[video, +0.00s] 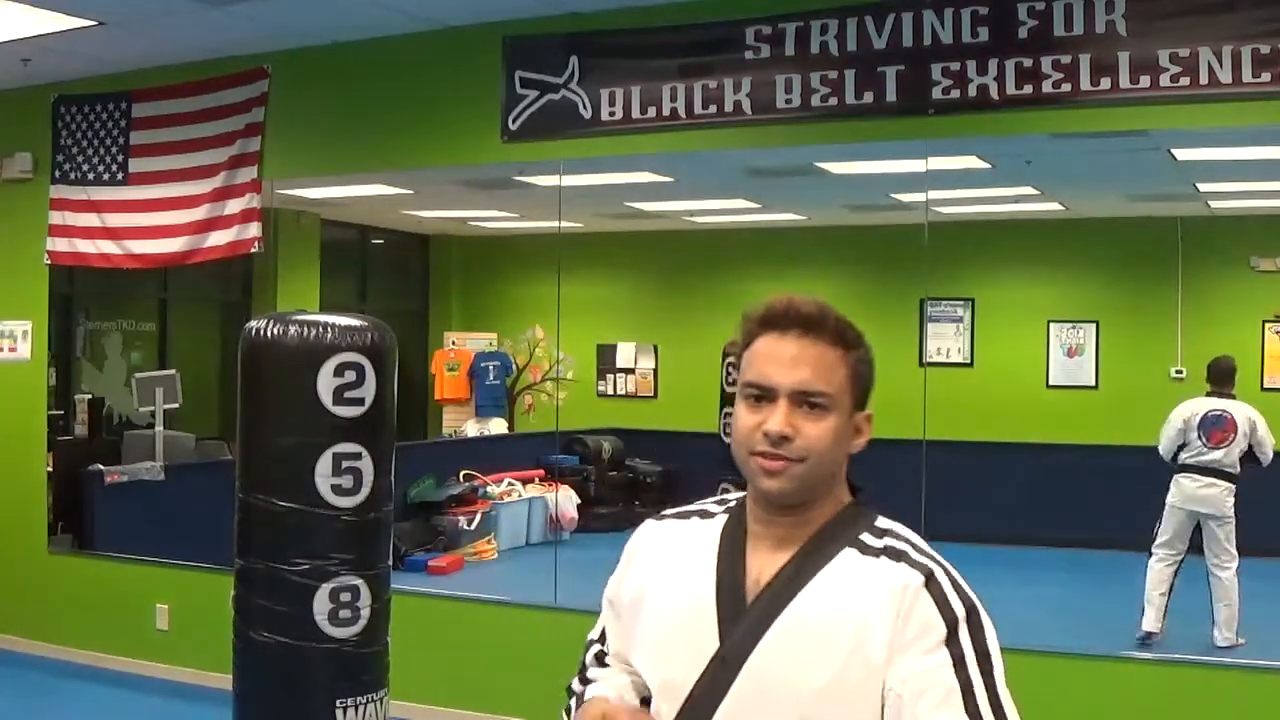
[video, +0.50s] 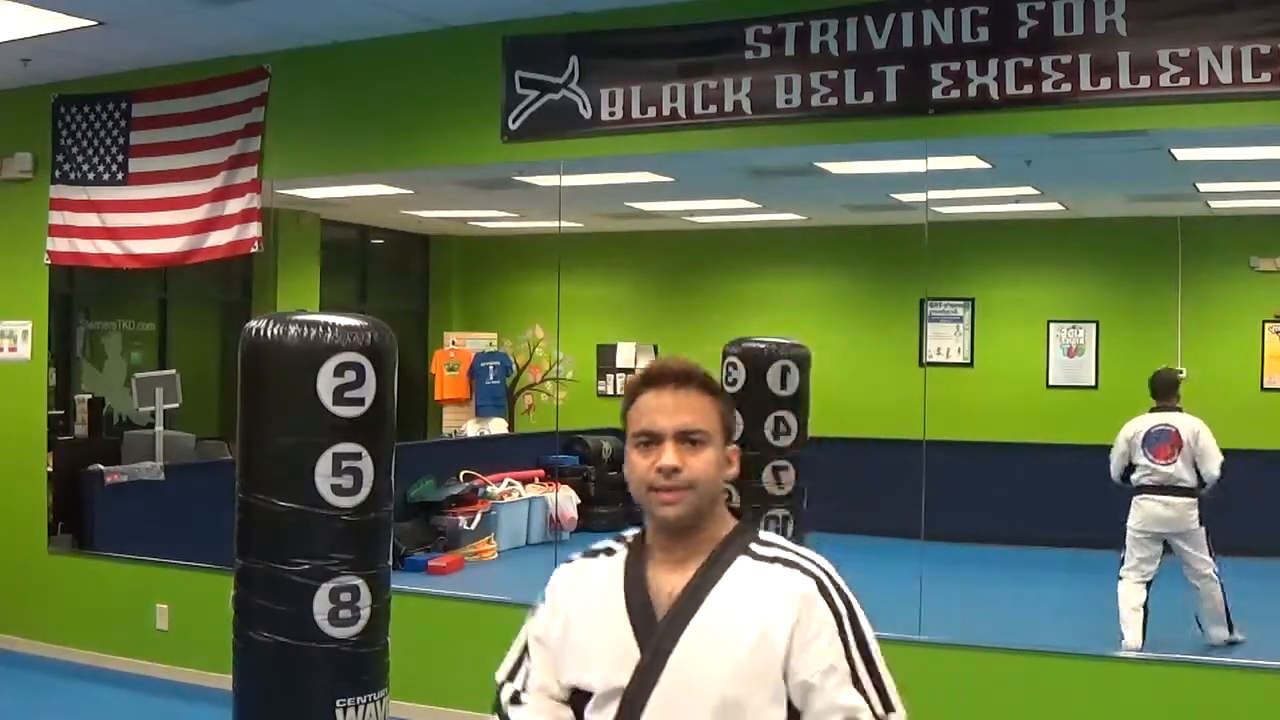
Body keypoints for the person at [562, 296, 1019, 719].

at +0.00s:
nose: (777, 426)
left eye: (811, 404)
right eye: (758, 398)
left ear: (859, 431)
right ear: (730, 415)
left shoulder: (919, 596)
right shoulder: (656, 547)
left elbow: (979, 715)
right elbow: (603, 682)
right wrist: (605, 707)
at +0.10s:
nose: (777, 428)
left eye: (810, 405)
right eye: (757, 400)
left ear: (855, 428)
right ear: (728, 417)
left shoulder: (918, 590)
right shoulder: (655, 545)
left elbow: (985, 718)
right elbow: (583, 690)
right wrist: (603, 714)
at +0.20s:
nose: (764, 433)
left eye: (794, 409)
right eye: (743, 406)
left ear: (836, 433)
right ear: (715, 423)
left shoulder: (907, 588)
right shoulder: (642, 558)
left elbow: (971, 717)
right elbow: (584, 703)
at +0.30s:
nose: (734, 452)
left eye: (761, 428)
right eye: (712, 429)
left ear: (803, 450)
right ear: (688, 448)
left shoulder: (882, 595)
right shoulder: (622, 581)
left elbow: (965, 717)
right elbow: (571, 708)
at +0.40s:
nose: (700, 467)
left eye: (726, 445)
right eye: (679, 446)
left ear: (767, 467)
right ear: (657, 463)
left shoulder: (843, 604)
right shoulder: (600, 595)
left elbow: (922, 715)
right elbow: (550, 709)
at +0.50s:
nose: (667, 461)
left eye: (690, 441)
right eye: (647, 442)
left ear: (731, 461)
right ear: (626, 462)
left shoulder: (802, 589)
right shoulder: (575, 585)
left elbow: (867, 716)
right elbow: (526, 703)